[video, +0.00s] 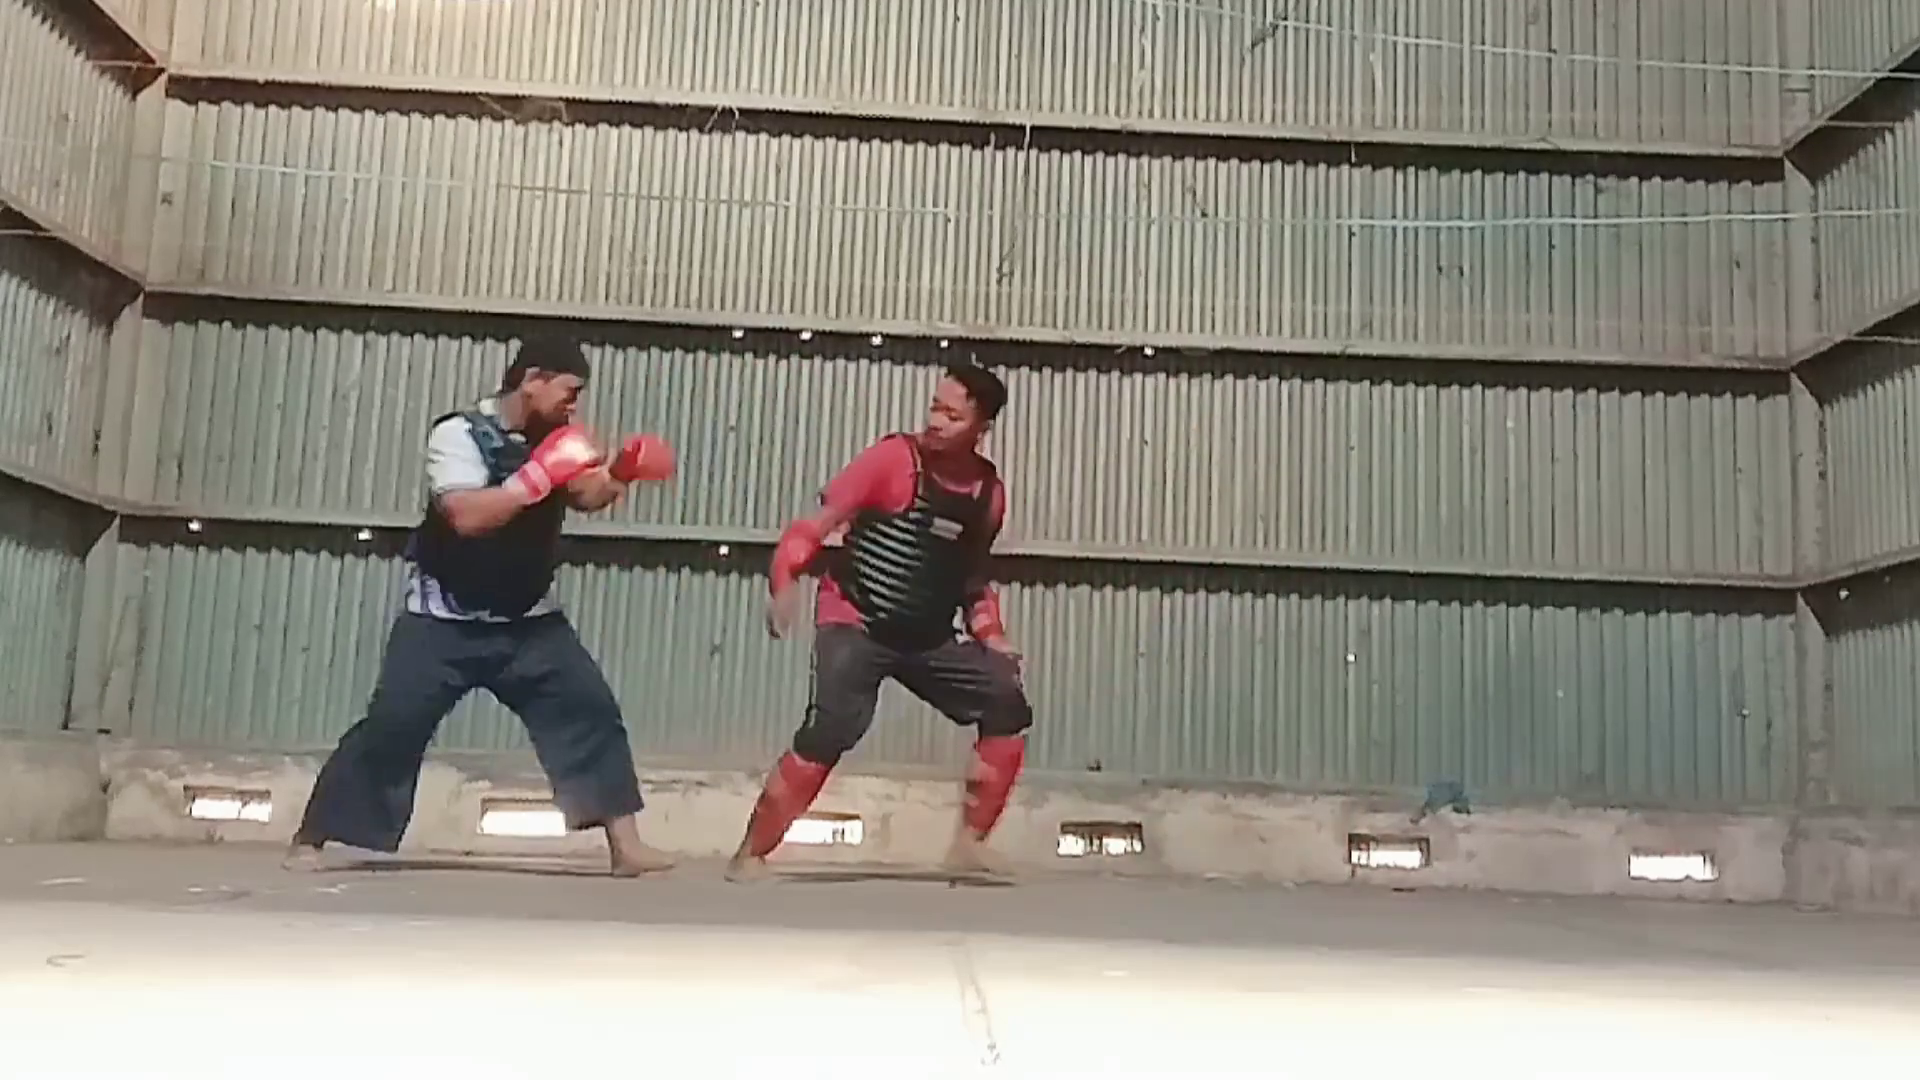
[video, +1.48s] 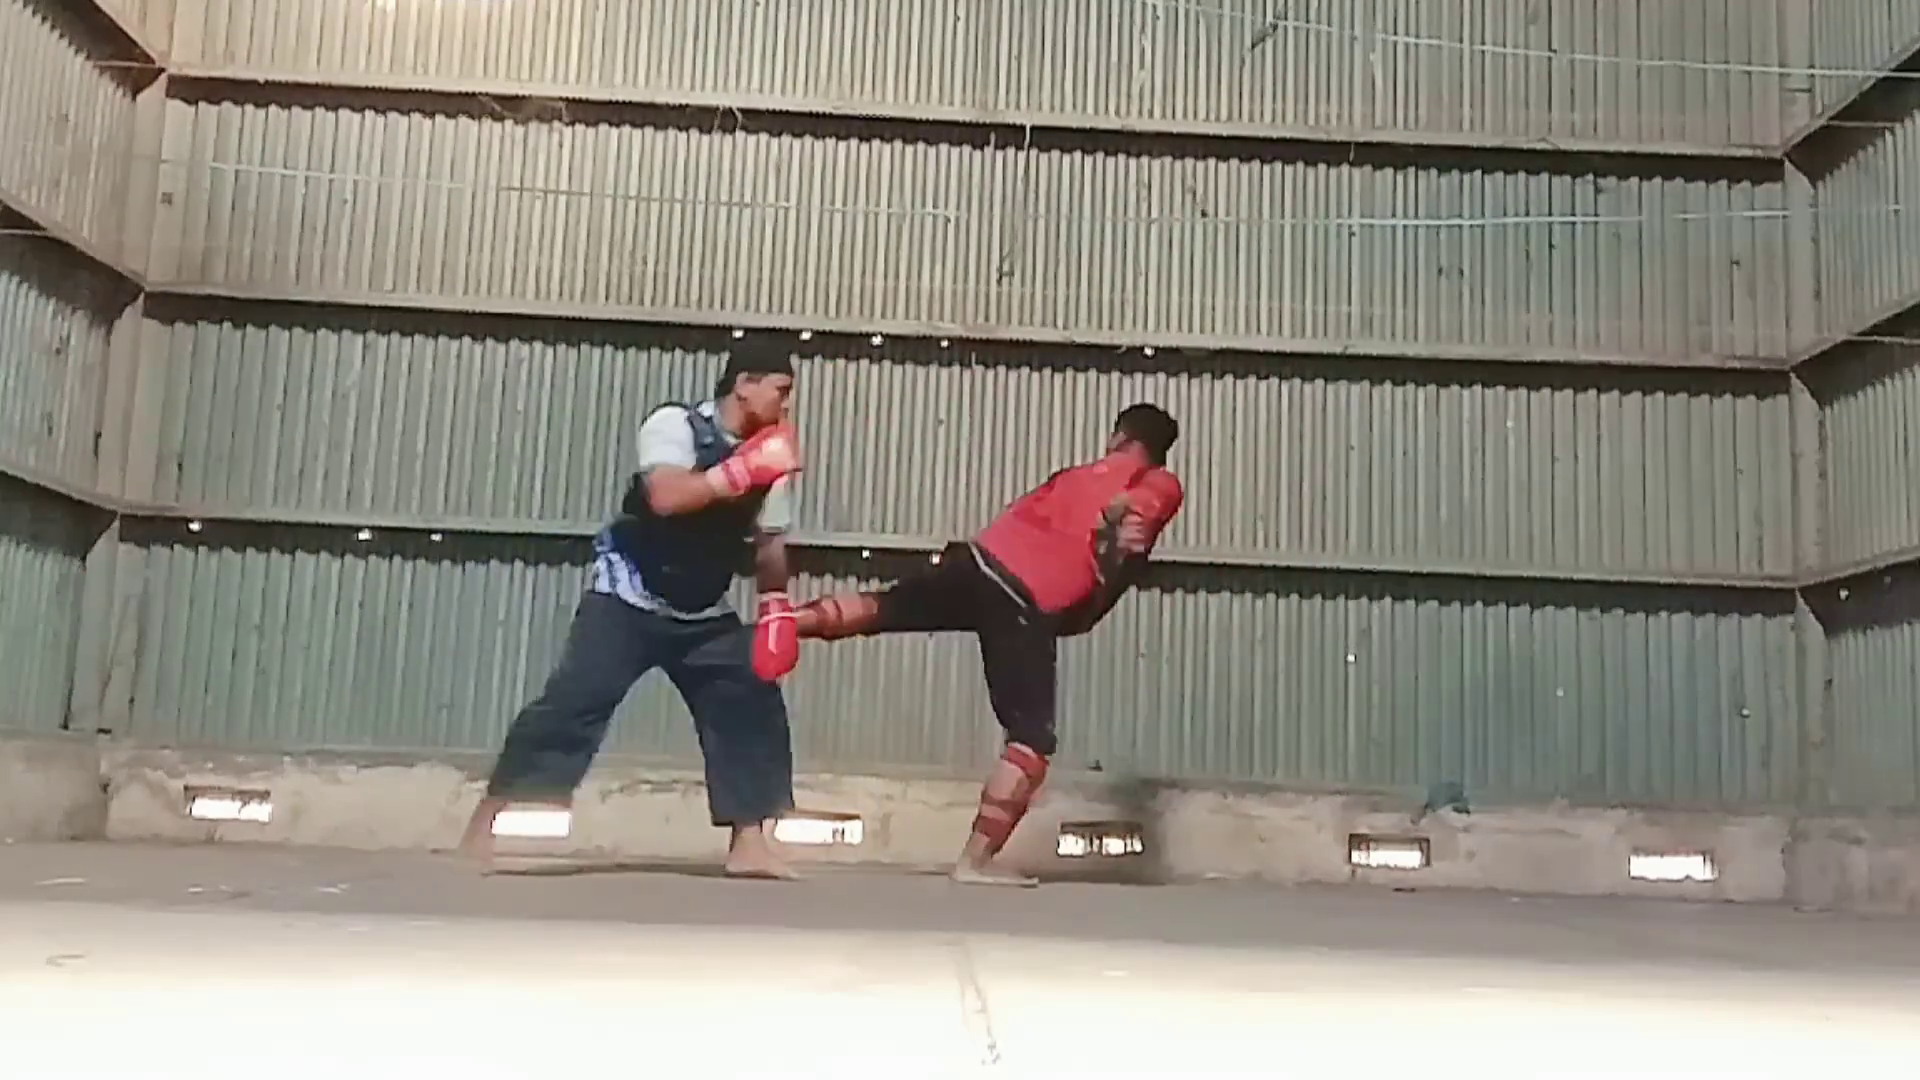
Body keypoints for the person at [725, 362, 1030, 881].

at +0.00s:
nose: (935, 421)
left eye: (951, 415)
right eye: (934, 408)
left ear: (982, 429)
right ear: (930, 405)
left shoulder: (988, 492)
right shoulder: (891, 459)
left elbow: (975, 576)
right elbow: (813, 526)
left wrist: (995, 644)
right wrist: (782, 585)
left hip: (927, 635)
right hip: (855, 624)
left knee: (1006, 704)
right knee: (833, 726)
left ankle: (967, 850)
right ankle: (750, 858)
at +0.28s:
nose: (960, 392)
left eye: (971, 383)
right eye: (957, 382)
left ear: (1008, 386)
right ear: (959, 382)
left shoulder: (1045, 445)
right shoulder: (935, 443)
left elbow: (1077, 527)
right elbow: (892, 530)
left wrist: (1045, 512)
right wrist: (855, 606)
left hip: (1007, 623)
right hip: (934, 615)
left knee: (1052, 731)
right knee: (876, 708)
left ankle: (1017, 856)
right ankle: (810, 831)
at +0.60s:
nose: (1020, 383)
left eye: (1032, 374)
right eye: (1018, 373)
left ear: (1066, 382)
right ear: (1018, 379)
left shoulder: (1107, 444)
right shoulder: (999, 456)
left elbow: (1149, 516)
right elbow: (971, 535)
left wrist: (1123, 533)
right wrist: (967, 598)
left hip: (1100, 618)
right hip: (1029, 622)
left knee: (1148, 722)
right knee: (1019, 738)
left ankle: (1172, 835)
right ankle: (1017, 857)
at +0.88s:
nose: (1078, 396)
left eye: (1087, 386)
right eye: (1076, 387)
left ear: (1123, 389)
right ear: (1087, 391)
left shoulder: (1166, 449)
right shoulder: (1062, 456)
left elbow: (1205, 521)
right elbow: (1036, 536)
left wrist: (1163, 505)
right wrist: (1027, 602)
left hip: (1142, 613)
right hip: (1078, 610)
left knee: (1162, 725)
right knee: (1072, 709)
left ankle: (1178, 851)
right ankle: (1036, 840)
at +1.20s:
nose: (1186, 439)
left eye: (1189, 426)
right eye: (1185, 425)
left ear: (1150, 414)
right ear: (1161, 416)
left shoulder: (1122, 457)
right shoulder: (1120, 459)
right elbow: (1104, 528)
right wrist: (1150, 595)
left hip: (1070, 612)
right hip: (1033, 609)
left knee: (1123, 688)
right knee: (1052, 735)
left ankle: (1100, 811)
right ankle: (1000, 861)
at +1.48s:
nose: (1113, 448)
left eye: (1117, 441)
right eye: (1117, 441)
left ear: (1121, 440)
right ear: (1163, 450)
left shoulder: (1081, 473)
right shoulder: (1161, 481)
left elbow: (1023, 516)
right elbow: (1133, 528)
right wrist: (1117, 576)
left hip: (975, 569)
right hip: (1023, 612)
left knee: (882, 606)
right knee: (1030, 744)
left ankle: (790, 619)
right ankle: (976, 859)